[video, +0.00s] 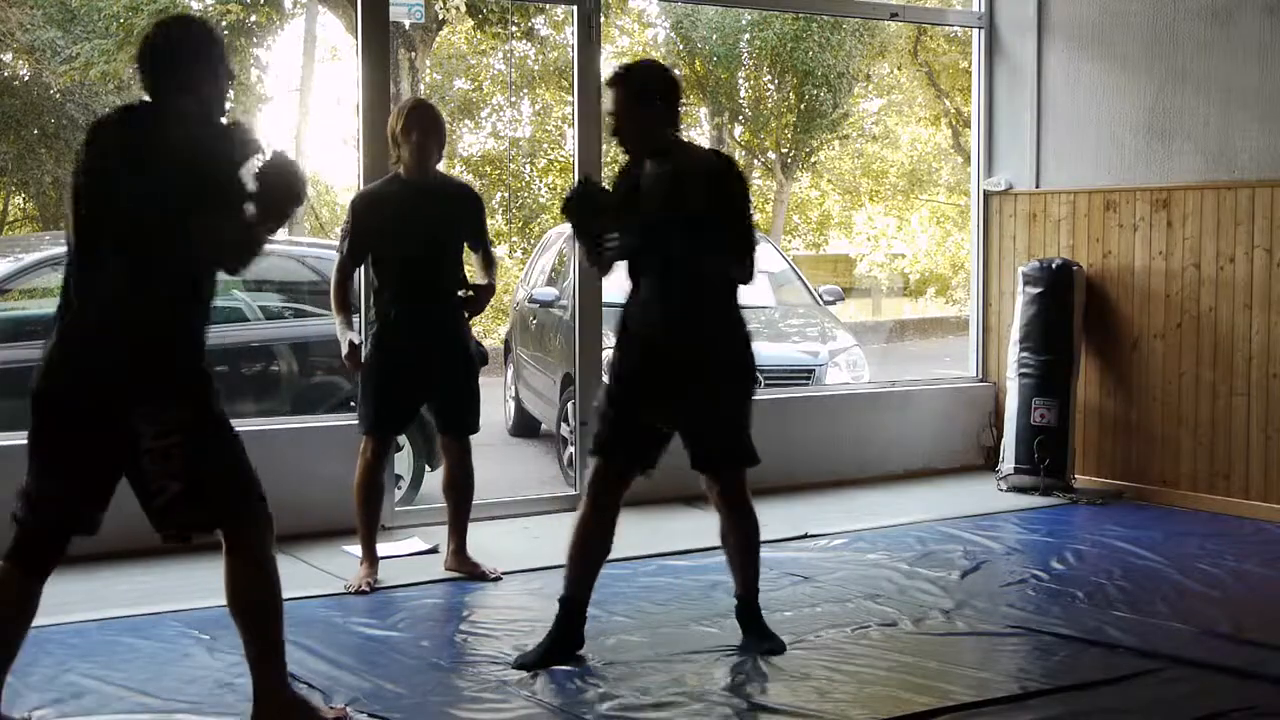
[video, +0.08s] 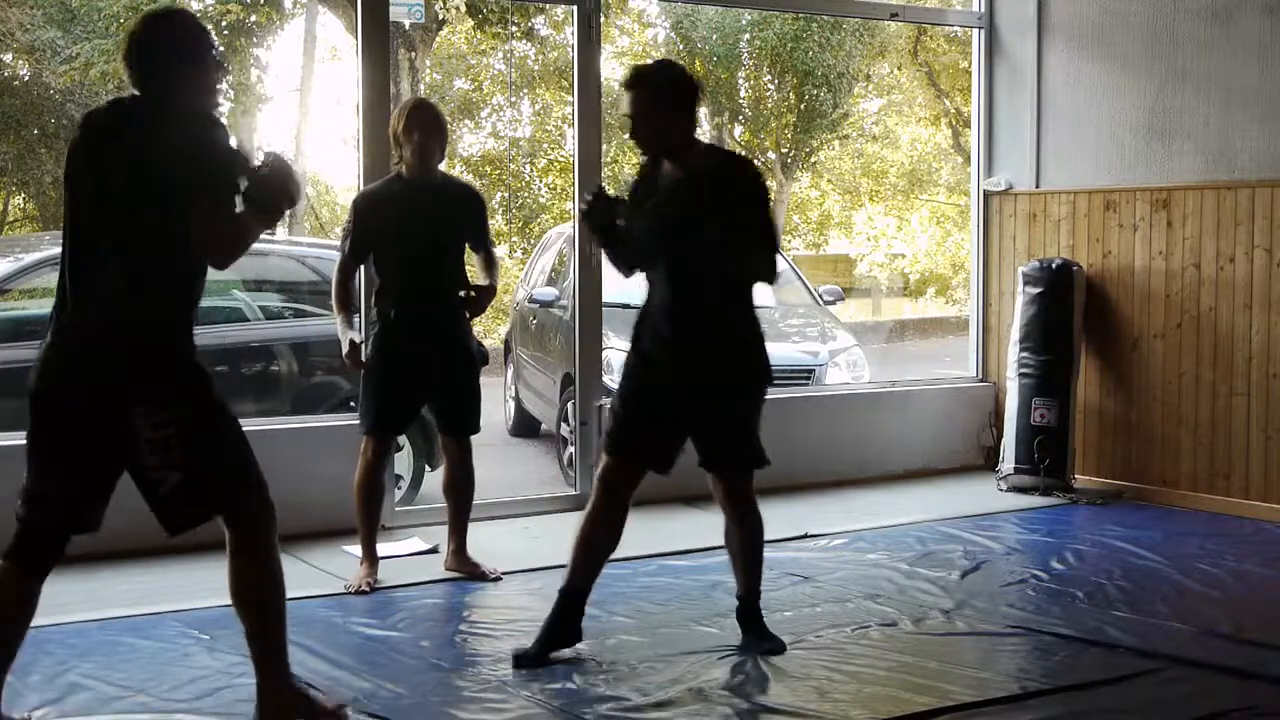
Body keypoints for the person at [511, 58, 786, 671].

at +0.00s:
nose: (612, 126)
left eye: (620, 113)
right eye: (611, 114)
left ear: (657, 110)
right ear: (646, 114)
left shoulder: (718, 172)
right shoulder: (631, 182)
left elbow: (742, 265)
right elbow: (602, 266)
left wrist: (659, 240)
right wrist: (588, 229)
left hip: (713, 353)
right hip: (645, 355)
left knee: (730, 490)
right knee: (603, 488)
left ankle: (751, 617)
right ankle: (567, 629)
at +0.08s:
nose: (630, 128)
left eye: (639, 115)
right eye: (630, 116)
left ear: (675, 112)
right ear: (658, 115)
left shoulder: (737, 174)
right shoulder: (648, 183)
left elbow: (762, 262)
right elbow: (630, 261)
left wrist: (690, 243)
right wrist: (606, 228)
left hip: (726, 353)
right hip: (659, 353)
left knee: (735, 490)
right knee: (613, 481)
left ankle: (752, 617)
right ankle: (565, 617)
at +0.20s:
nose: (650, 133)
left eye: (657, 120)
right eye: (649, 120)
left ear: (695, 113)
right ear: (677, 115)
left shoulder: (754, 171)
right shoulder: (669, 182)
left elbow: (783, 259)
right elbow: (652, 261)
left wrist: (722, 222)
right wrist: (623, 223)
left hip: (737, 352)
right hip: (671, 351)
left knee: (741, 487)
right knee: (616, 474)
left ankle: (751, 614)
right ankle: (581, 611)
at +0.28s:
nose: (658, 131)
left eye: (665, 118)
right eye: (656, 119)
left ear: (703, 112)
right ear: (681, 116)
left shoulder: (763, 169)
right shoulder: (678, 178)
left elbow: (773, 257)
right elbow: (654, 257)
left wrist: (710, 213)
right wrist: (631, 216)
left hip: (741, 350)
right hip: (674, 345)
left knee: (744, 485)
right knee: (616, 464)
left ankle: (752, 614)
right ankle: (600, 608)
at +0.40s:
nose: (658, 126)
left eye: (666, 113)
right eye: (657, 113)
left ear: (704, 110)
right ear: (678, 113)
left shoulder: (762, 168)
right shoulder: (675, 174)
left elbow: (767, 259)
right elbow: (647, 255)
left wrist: (707, 199)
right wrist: (632, 206)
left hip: (742, 348)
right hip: (675, 343)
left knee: (745, 486)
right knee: (621, 467)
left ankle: (753, 614)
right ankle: (613, 610)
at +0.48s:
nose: (654, 125)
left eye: (662, 112)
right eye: (654, 113)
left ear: (697, 109)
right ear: (676, 112)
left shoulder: (755, 169)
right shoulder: (669, 176)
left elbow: (763, 263)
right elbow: (638, 255)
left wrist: (701, 205)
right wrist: (627, 205)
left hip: (740, 352)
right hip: (673, 349)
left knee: (743, 487)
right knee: (626, 476)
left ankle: (752, 615)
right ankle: (615, 621)